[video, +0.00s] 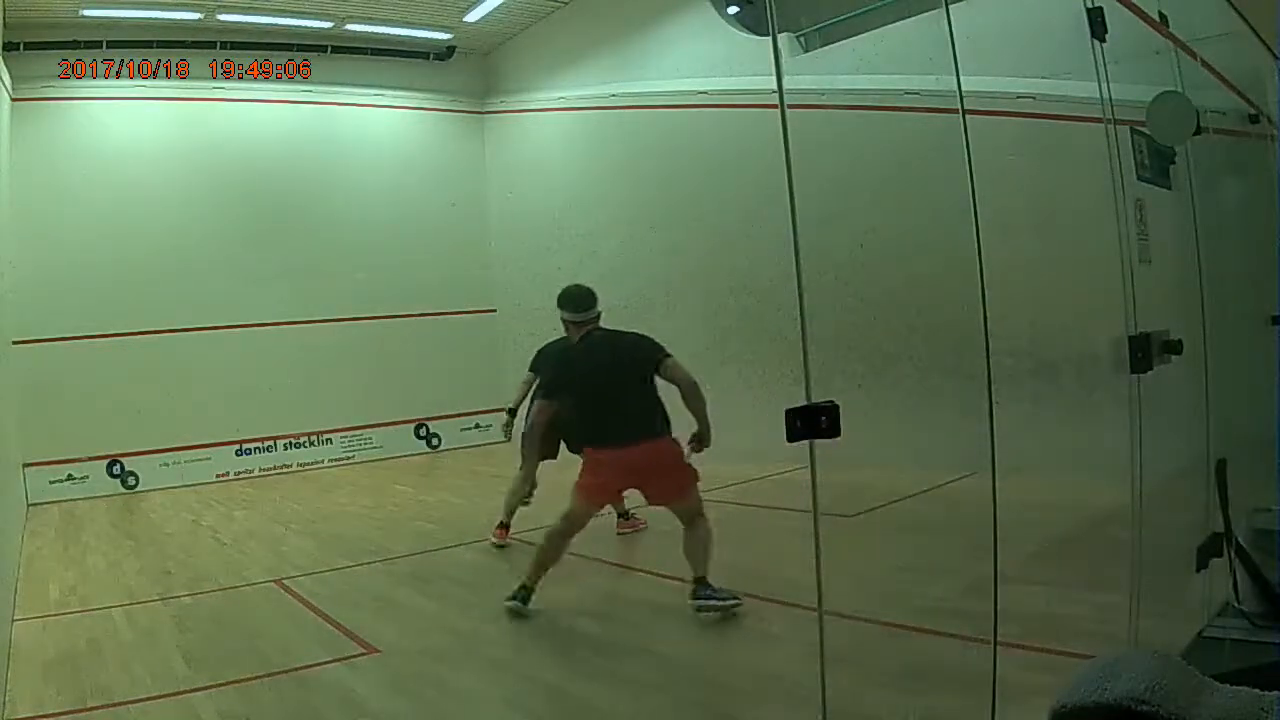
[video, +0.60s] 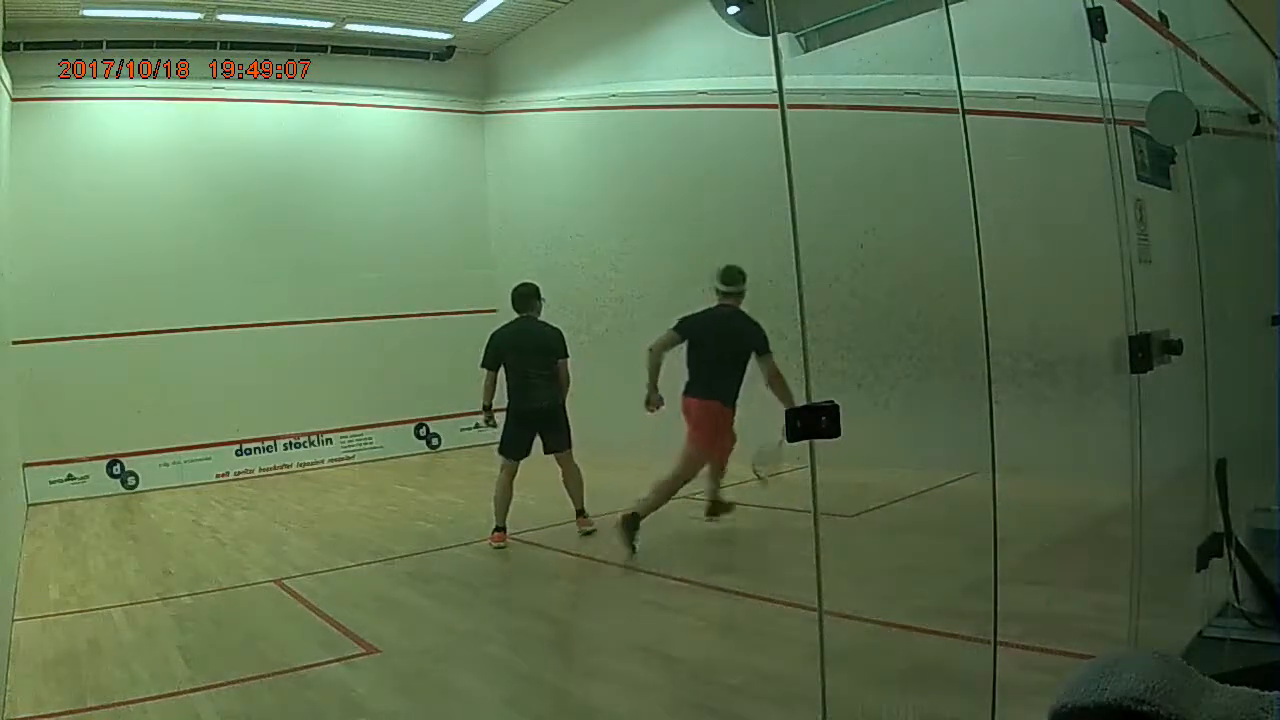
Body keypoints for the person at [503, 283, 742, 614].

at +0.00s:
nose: (563, 325)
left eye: (563, 320)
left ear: (565, 321)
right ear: (598, 315)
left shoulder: (560, 362)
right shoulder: (636, 343)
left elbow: (535, 425)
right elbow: (687, 382)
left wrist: (528, 477)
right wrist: (703, 426)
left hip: (603, 462)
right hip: (658, 454)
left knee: (567, 526)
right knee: (694, 518)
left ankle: (526, 588)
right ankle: (702, 587)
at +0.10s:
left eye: (560, 335)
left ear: (561, 336)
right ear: (593, 331)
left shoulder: (553, 374)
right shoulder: (622, 366)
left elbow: (541, 431)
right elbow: (660, 410)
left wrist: (567, 443)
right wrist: (681, 440)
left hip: (577, 478)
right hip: (630, 473)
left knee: (532, 523)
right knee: (661, 495)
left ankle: (513, 594)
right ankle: (660, 569)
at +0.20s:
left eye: (583, 320)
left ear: (581, 322)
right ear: (613, 321)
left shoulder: (569, 363)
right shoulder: (634, 361)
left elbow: (572, 406)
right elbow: (665, 407)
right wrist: (684, 431)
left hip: (579, 462)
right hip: (625, 462)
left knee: (541, 521)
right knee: (660, 476)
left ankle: (515, 585)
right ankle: (644, 543)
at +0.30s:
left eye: (621, 305)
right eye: (640, 305)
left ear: (616, 306)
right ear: (647, 307)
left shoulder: (600, 342)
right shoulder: (660, 347)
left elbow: (598, 383)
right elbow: (680, 397)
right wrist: (693, 429)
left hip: (598, 436)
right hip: (640, 441)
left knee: (567, 500)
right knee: (660, 476)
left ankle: (528, 554)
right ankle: (626, 531)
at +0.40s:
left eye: (653, 304)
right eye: (672, 306)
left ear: (646, 305)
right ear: (675, 308)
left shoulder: (628, 339)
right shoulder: (682, 349)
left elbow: (607, 386)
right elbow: (694, 399)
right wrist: (709, 434)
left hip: (618, 430)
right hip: (657, 438)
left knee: (593, 489)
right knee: (638, 499)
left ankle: (555, 530)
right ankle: (608, 542)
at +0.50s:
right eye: (705, 304)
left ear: (681, 305)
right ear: (709, 306)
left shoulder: (661, 336)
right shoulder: (717, 346)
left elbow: (620, 370)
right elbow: (733, 396)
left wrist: (630, 406)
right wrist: (744, 427)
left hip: (651, 419)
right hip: (682, 427)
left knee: (662, 465)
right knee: (653, 492)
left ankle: (623, 502)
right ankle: (610, 538)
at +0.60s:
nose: (735, 295)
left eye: (726, 291)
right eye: (739, 291)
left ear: (716, 291)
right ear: (744, 292)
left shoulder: (698, 320)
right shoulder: (750, 328)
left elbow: (656, 348)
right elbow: (772, 377)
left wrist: (652, 389)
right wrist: (793, 409)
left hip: (691, 401)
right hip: (718, 407)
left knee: (724, 443)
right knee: (684, 471)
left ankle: (713, 501)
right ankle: (635, 517)